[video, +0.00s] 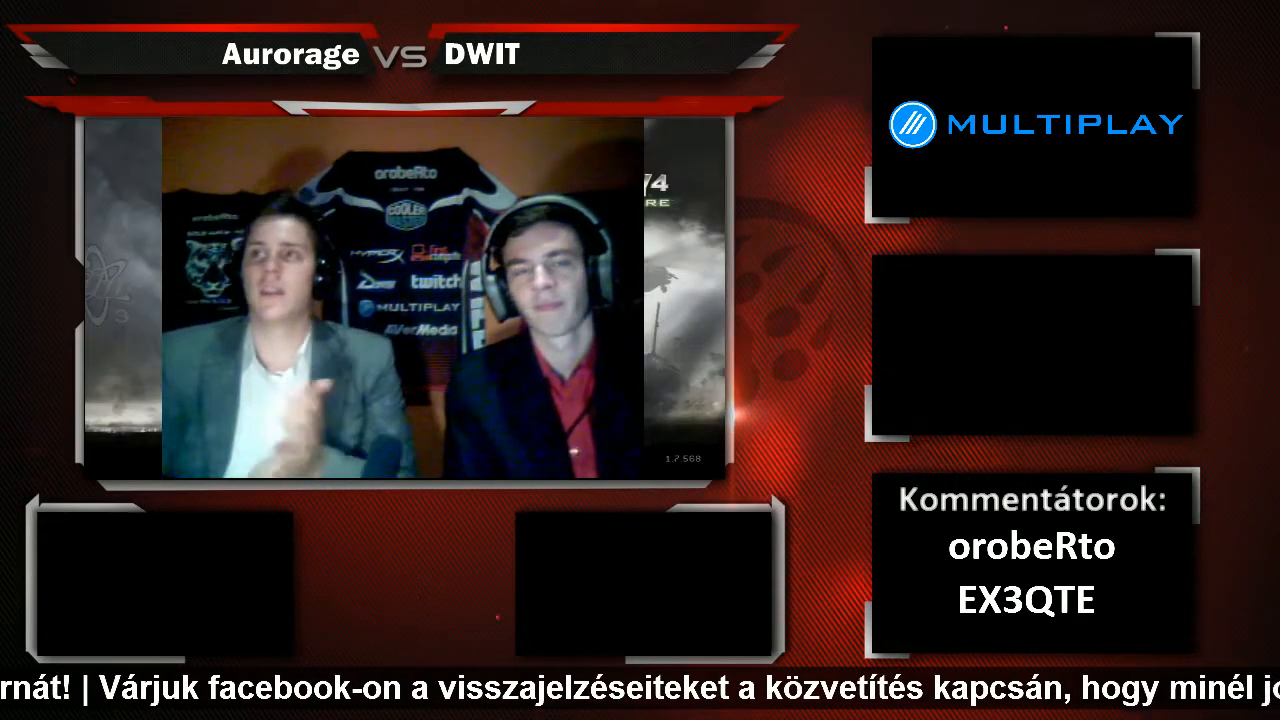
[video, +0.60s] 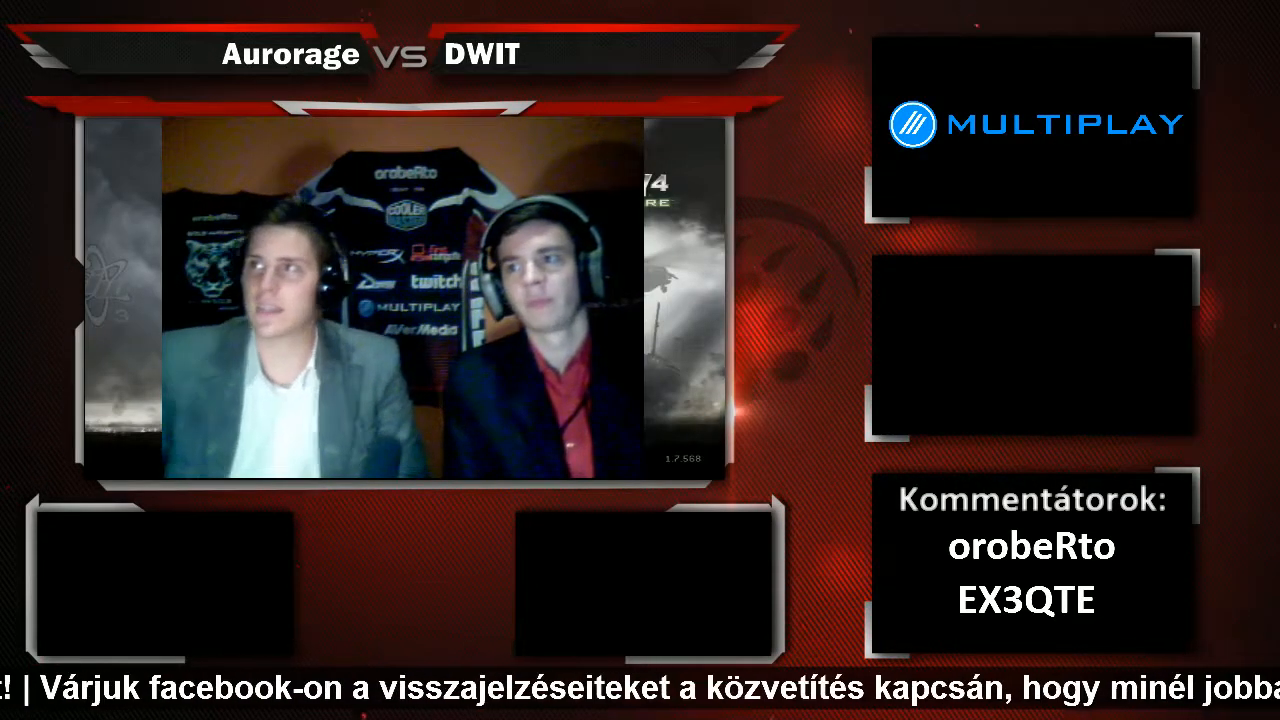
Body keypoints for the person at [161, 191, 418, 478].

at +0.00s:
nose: (270, 269)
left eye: (290, 255)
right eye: (257, 254)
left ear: (317, 272)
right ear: (242, 270)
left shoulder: (369, 357)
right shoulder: (180, 355)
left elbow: (398, 482)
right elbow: (162, 475)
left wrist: (316, 462)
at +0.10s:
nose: (269, 276)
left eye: (290, 262)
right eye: (257, 261)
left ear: (319, 278)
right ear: (243, 275)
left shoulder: (371, 359)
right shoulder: (182, 358)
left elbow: (402, 478)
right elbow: (164, 470)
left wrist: (330, 463)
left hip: (329, 532)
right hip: (218, 530)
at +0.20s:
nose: (268, 283)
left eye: (290, 268)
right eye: (257, 266)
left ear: (322, 281)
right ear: (244, 276)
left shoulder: (373, 361)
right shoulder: (183, 357)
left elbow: (406, 481)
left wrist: (329, 470)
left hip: (330, 537)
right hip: (216, 527)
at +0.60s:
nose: (266, 286)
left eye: (289, 269)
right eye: (256, 266)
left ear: (323, 283)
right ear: (242, 274)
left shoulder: (375, 362)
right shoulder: (180, 358)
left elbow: (407, 483)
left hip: (334, 545)